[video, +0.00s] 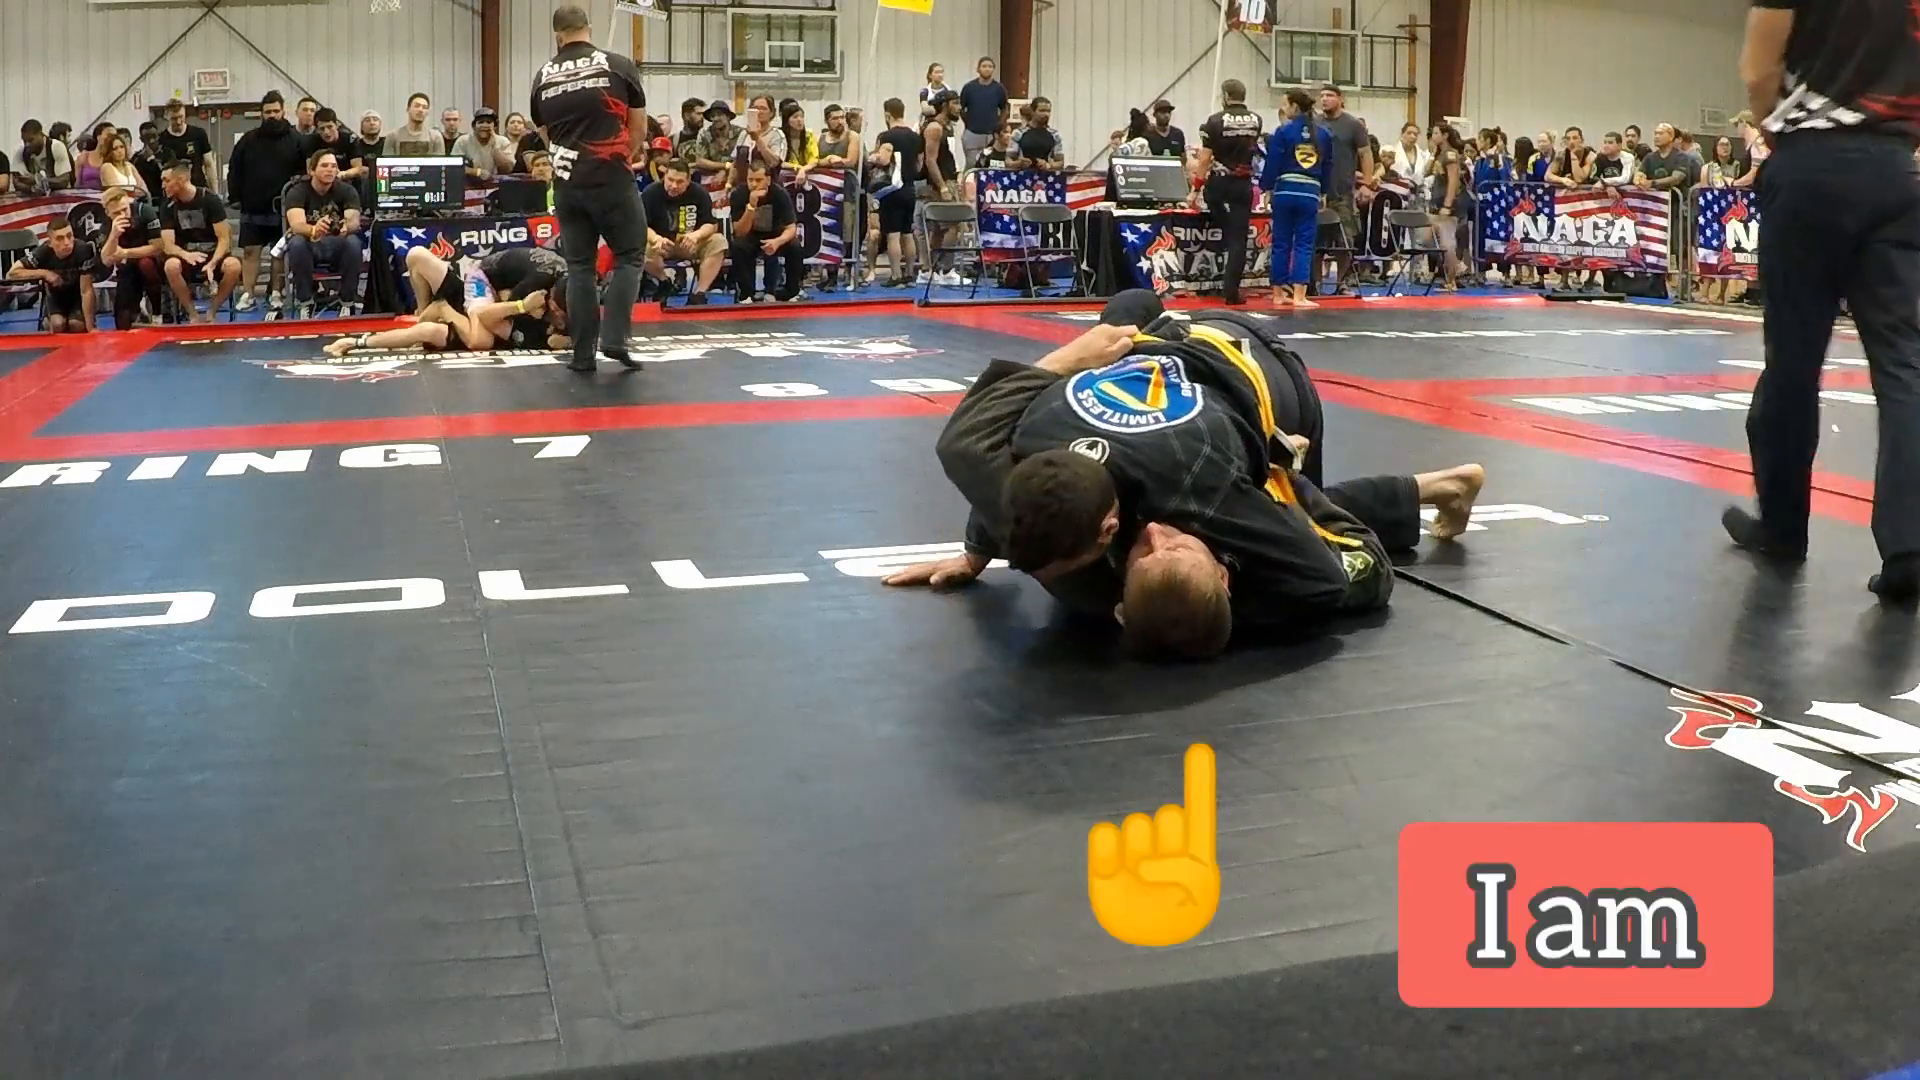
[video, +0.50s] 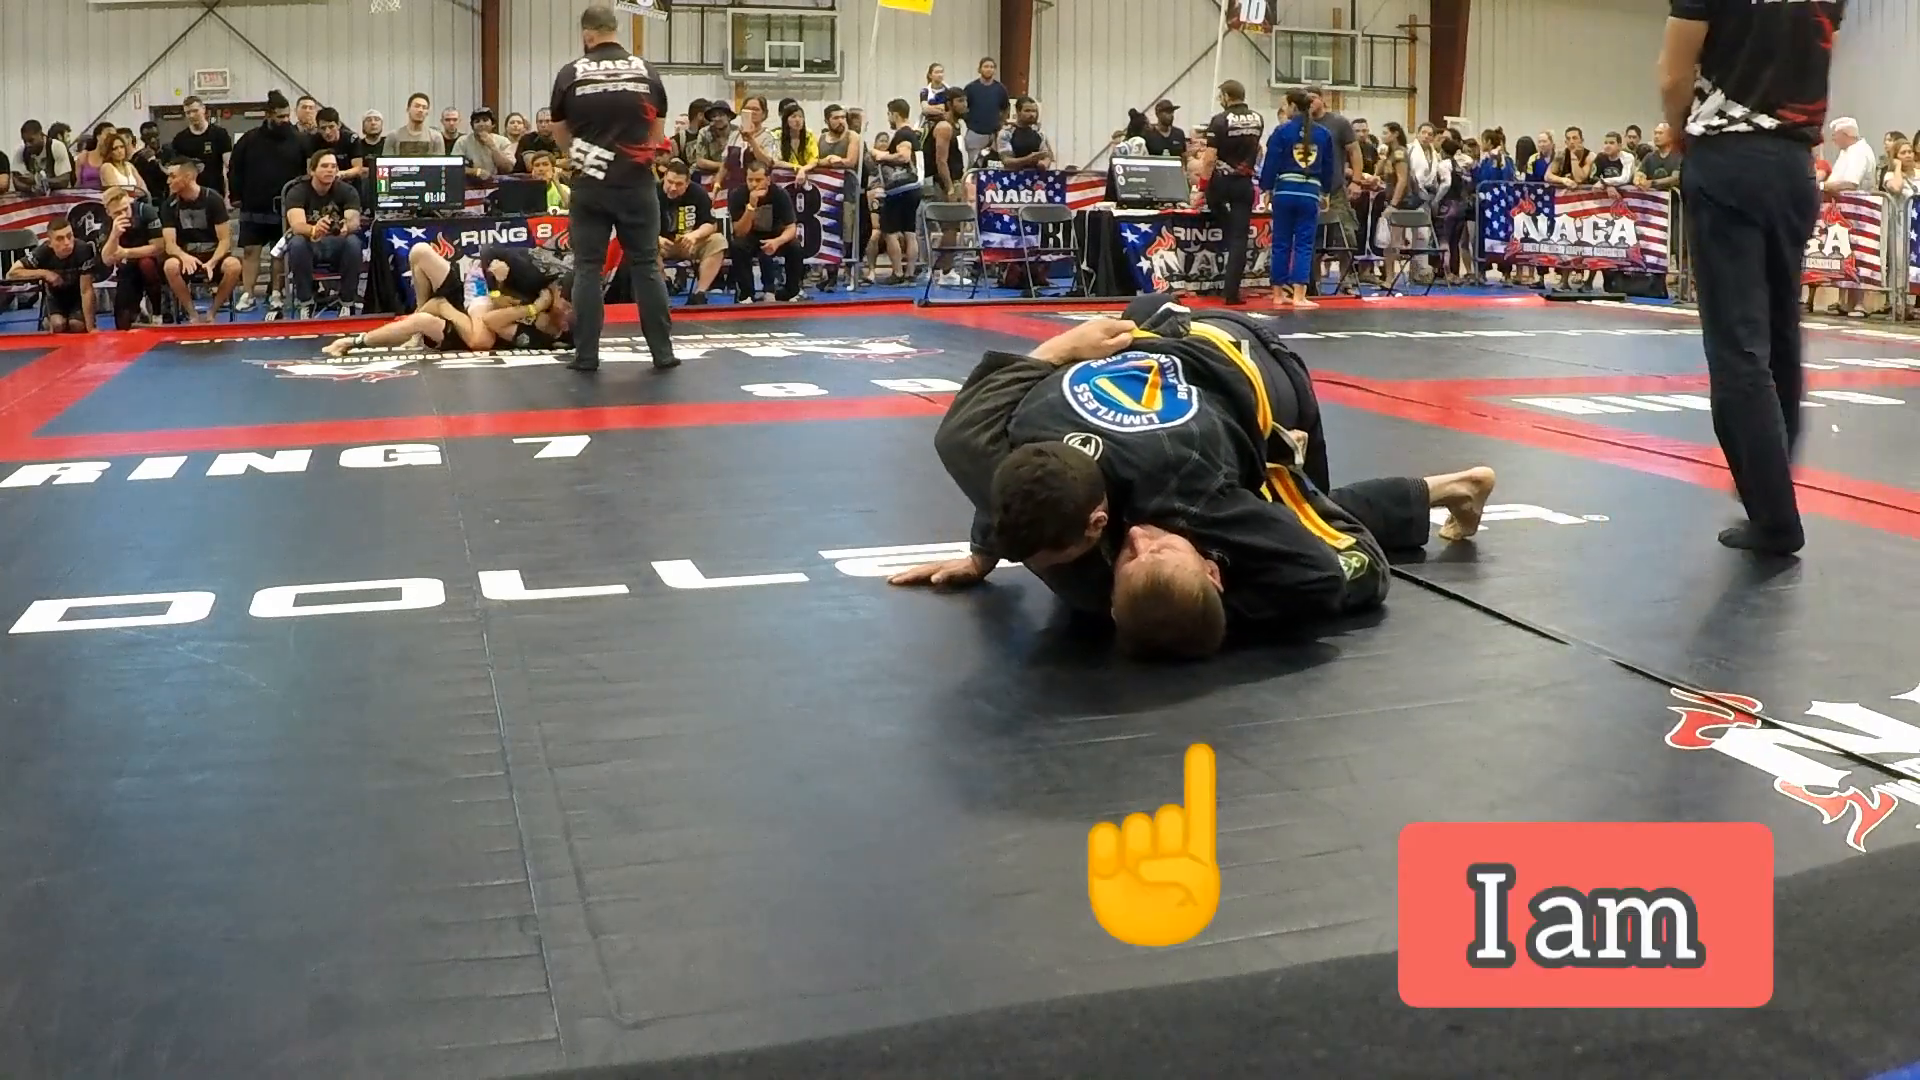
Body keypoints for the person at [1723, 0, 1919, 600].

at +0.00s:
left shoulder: (1787, 3)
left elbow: (1760, 72)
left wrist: (1767, 125)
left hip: (1809, 161)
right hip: (1896, 163)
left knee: (1792, 363)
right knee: (1903, 367)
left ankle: (1782, 528)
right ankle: (1905, 554)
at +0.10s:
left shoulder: (1763, 0)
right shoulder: (1894, 8)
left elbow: (1738, 74)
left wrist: (1763, 130)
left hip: (1783, 161)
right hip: (1869, 165)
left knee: (1771, 356)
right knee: (1882, 351)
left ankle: (1781, 527)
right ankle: (1903, 528)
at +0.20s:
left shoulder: (1736, 1)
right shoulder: (1880, 5)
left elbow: (1713, 79)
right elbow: (1868, 70)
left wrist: (1755, 114)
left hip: (1760, 161)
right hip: (1843, 166)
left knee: (1760, 356)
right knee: (1860, 341)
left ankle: (1779, 526)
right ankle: (1891, 498)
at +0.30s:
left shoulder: (1718, 1)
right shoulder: (1862, 3)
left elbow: (1699, 75)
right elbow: (1852, 69)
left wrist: (1736, 123)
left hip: (1746, 158)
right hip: (1826, 163)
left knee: (1752, 351)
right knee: (1835, 334)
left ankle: (1779, 526)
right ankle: (1867, 495)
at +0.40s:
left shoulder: (1708, 2)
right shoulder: (1842, 4)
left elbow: (1684, 70)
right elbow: (1836, 58)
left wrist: (1713, 129)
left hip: (1735, 157)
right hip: (1810, 161)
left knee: (1744, 348)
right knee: (1809, 336)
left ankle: (1777, 522)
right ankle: (1826, 505)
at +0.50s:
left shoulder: (1704, 4)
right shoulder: (1825, 8)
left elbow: (1674, 75)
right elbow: (1813, 67)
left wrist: (1675, 128)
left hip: (1726, 158)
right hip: (1794, 162)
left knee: (1739, 345)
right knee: (1779, 331)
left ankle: (1775, 523)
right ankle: (1774, 481)